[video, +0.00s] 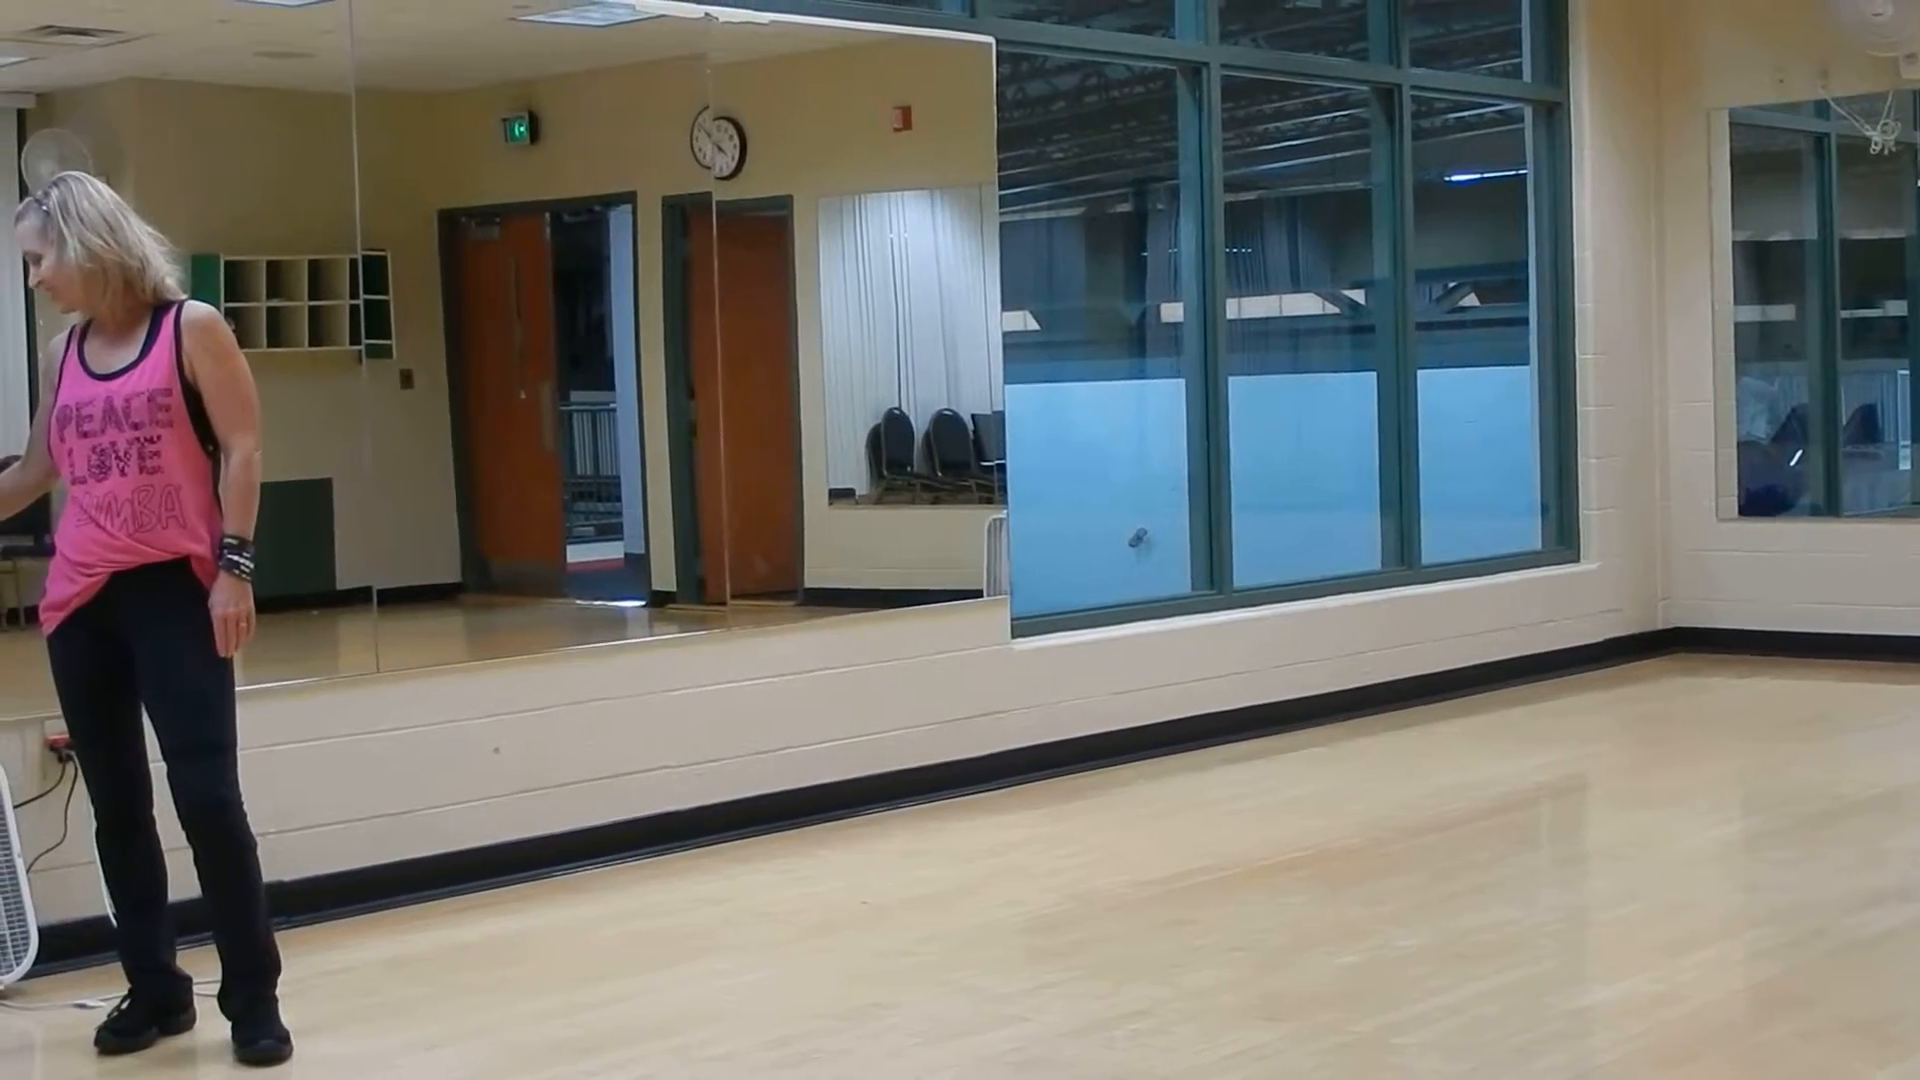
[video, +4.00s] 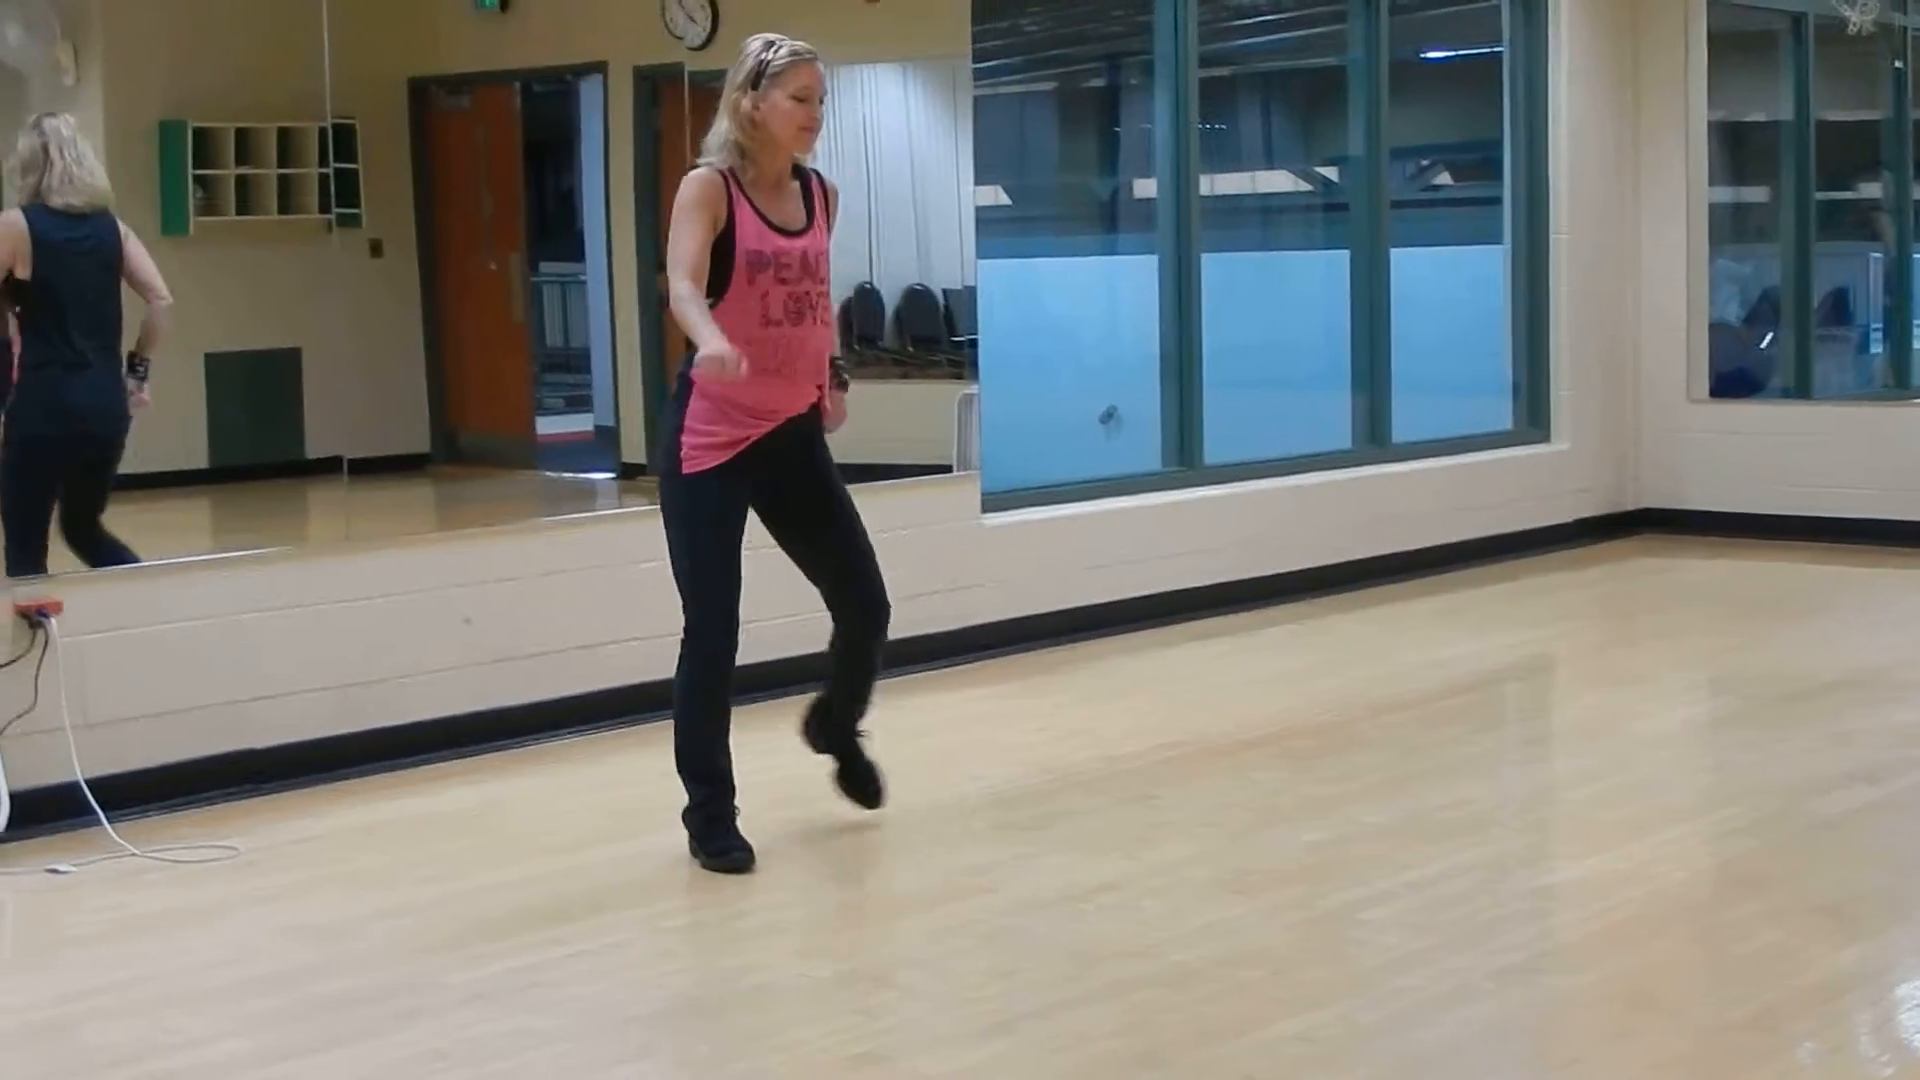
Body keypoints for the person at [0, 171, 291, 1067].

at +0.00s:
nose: (32, 279)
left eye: (39, 258)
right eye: (26, 264)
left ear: (91, 245)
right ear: (68, 260)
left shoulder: (191, 327)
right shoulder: (67, 350)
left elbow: (243, 446)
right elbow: (37, 467)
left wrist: (236, 568)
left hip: (176, 592)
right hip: (81, 602)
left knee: (207, 800)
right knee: (118, 808)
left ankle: (253, 1001)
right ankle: (156, 990)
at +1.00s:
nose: (128, 255)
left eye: (144, 237)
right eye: (122, 241)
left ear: (196, 239)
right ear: (127, 256)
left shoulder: (274, 317)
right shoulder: (143, 358)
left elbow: (327, 426)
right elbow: (130, 479)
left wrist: (318, 539)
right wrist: (29, 464)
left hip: (303, 573)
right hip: (204, 593)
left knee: (369, 778)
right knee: (190, 796)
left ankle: (429, 955)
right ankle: (173, 990)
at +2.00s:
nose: (612, 223)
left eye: (611, 212)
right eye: (590, 218)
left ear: (617, 243)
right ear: (553, 255)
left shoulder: (621, 340)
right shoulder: (551, 356)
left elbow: (634, 472)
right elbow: (537, 482)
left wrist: (652, 568)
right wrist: (544, 599)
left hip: (626, 591)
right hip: (587, 596)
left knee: (631, 774)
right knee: (647, 766)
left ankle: (489, 906)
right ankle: (643, 959)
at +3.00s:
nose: (906, 121)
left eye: (901, 109)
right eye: (890, 111)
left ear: (874, 131)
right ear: (846, 129)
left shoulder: (906, 222)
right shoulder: (806, 223)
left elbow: (950, 324)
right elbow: (759, 332)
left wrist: (1008, 259)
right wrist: (742, 438)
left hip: (904, 445)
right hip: (835, 453)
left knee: (897, 622)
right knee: (896, 621)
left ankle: (885, 785)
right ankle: (842, 779)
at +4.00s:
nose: (816, 115)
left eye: (820, 101)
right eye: (802, 99)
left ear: (815, 110)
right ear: (753, 103)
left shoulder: (818, 195)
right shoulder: (707, 188)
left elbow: (813, 294)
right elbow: (683, 288)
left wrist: (831, 376)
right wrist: (711, 337)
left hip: (789, 432)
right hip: (709, 438)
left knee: (864, 604)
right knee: (711, 634)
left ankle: (834, 723)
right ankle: (710, 816)